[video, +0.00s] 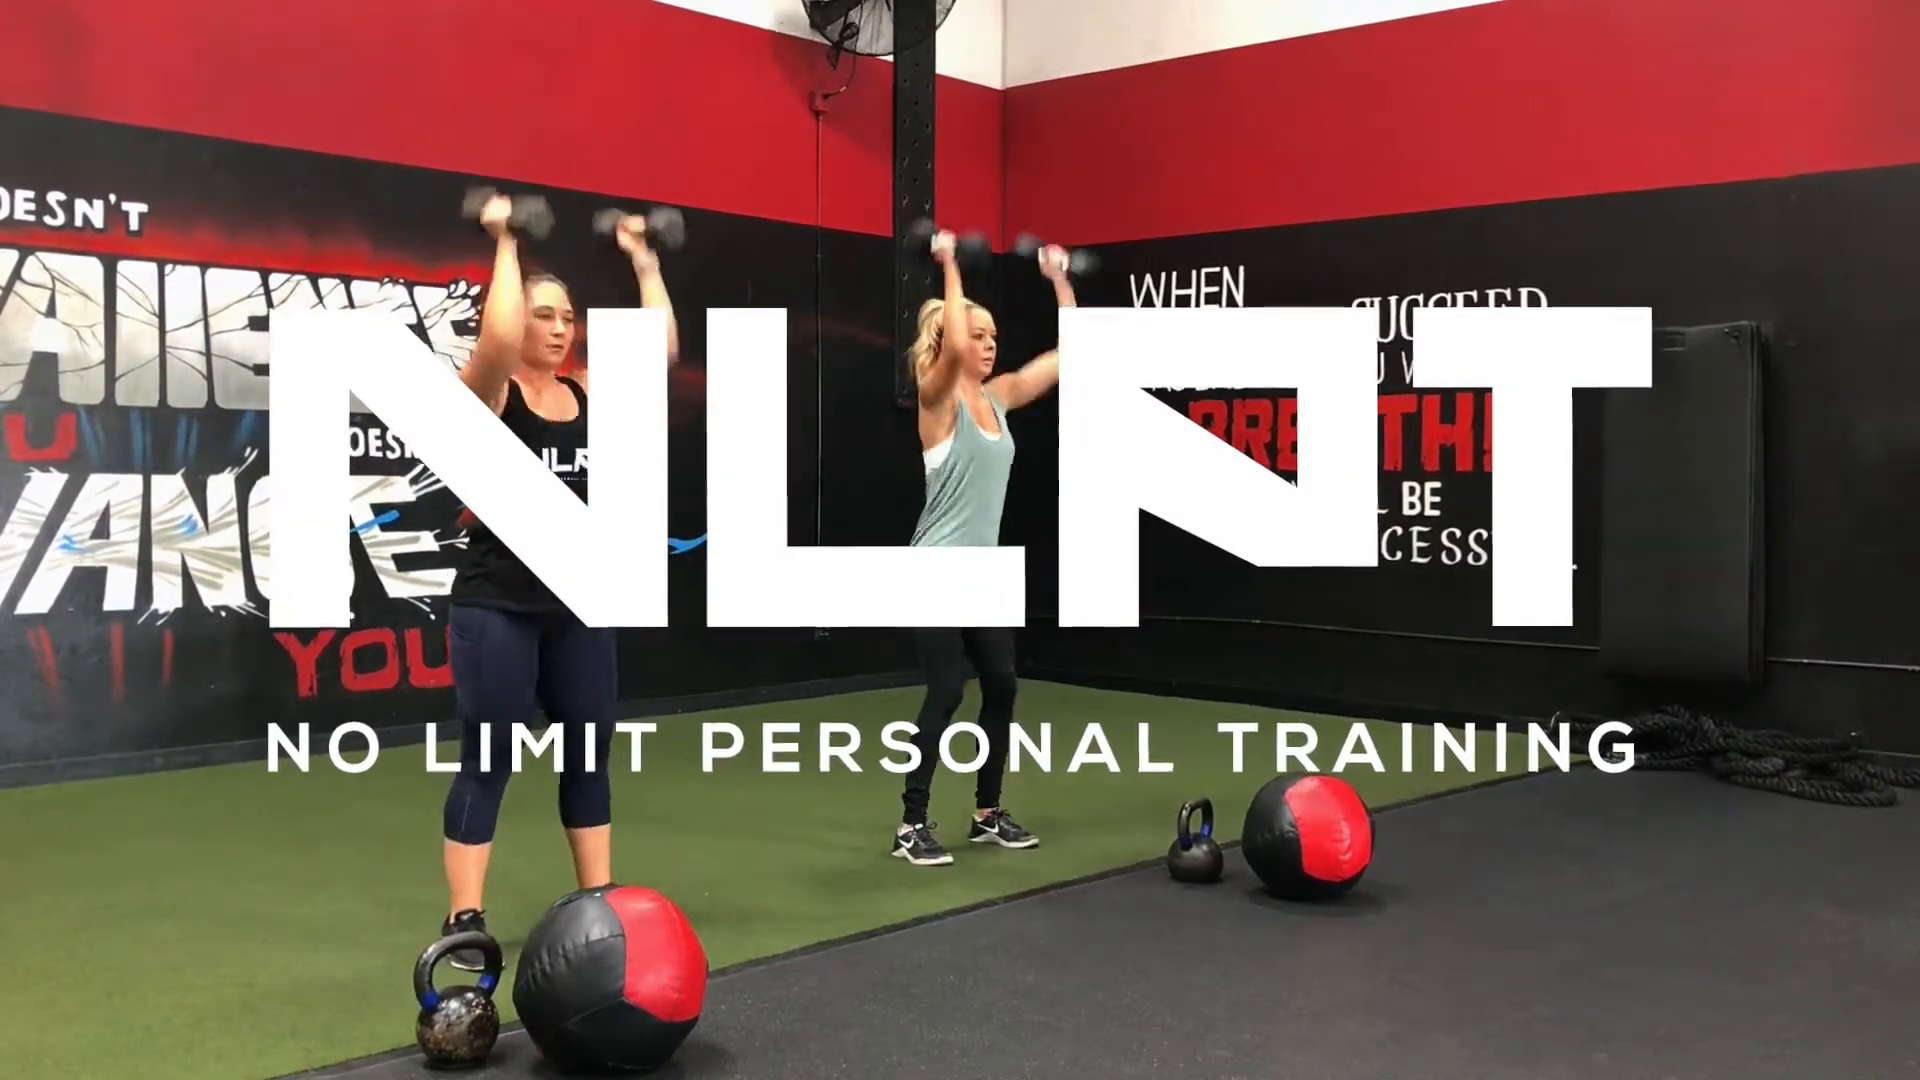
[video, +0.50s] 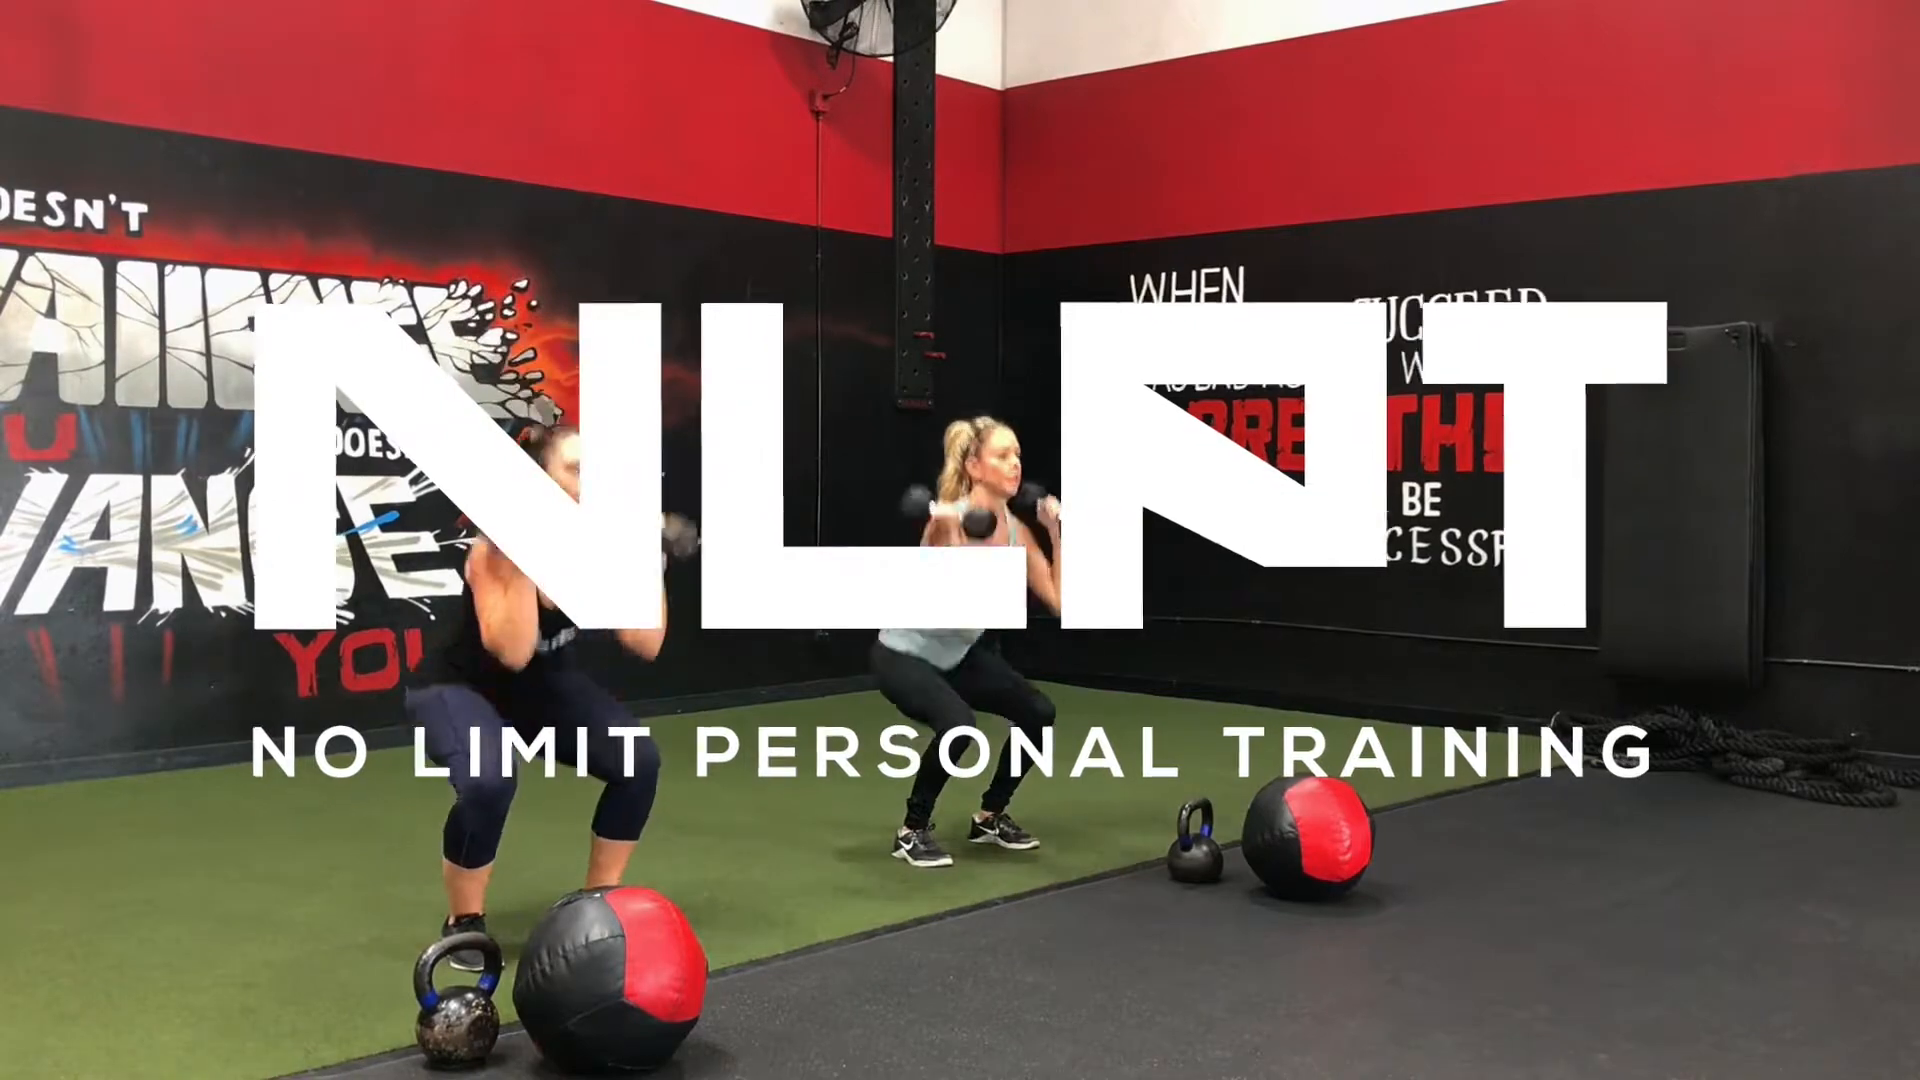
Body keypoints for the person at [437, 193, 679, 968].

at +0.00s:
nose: (559, 327)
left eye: (567, 316)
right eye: (543, 315)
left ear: (578, 328)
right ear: (509, 324)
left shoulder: (597, 396)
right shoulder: (489, 394)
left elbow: (663, 342)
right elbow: (497, 332)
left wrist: (642, 257)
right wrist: (506, 240)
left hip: (584, 603)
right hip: (496, 604)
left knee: (588, 756)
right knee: (487, 760)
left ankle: (598, 910)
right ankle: (466, 923)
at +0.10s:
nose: (578, 368)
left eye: (582, 354)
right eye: (564, 356)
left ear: (588, 362)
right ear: (526, 369)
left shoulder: (602, 426)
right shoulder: (494, 430)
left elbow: (676, 475)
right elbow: (501, 490)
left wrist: (662, 391)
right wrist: (507, 380)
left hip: (557, 616)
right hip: (475, 616)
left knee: (605, 739)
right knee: (488, 754)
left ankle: (597, 908)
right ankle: (466, 924)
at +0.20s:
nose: (584, 457)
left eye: (588, 444)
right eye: (570, 445)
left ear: (597, 451)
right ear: (530, 453)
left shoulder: (596, 511)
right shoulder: (494, 517)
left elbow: (644, 592)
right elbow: (508, 626)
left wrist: (645, 529)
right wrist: (518, 531)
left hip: (544, 664)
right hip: (461, 668)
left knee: (634, 753)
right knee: (490, 773)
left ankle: (595, 904)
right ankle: (465, 924)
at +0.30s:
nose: (572, 552)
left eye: (587, 538)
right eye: (562, 536)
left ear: (603, 546)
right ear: (535, 541)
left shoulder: (609, 597)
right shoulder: (495, 596)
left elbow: (632, 700)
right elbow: (502, 711)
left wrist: (652, 617)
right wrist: (512, 616)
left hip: (540, 724)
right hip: (455, 723)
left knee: (645, 764)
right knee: (497, 789)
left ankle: (597, 907)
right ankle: (466, 926)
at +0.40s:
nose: (576, 585)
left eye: (583, 572)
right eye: (564, 572)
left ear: (597, 576)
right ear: (537, 571)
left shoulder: (609, 614)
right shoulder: (493, 612)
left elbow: (631, 708)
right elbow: (507, 718)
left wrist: (651, 637)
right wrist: (521, 633)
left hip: (537, 730)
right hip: (449, 728)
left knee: (645, 764)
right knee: (495, 789)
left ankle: (598, 904)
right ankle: (466, 923)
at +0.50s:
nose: (584, 482)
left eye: (591, 469)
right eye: (571, 469)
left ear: (602, 476)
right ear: (536, 478)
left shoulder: (606, 537)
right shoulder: (496, 546)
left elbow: (647, 642)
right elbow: (513, 649)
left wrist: (649, 555)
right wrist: (527, 551)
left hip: (536, 679)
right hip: (456, 682)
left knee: (637, 760)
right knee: (488, 781)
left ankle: (596, 906)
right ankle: (466, 925)